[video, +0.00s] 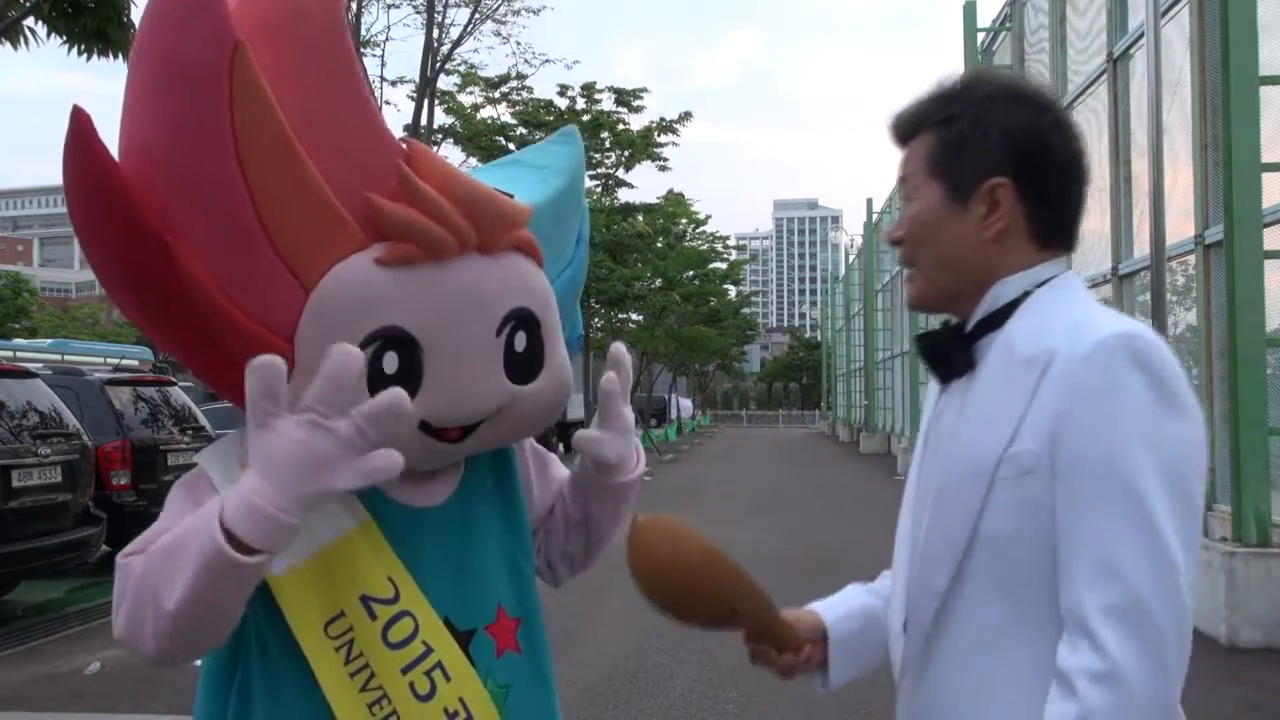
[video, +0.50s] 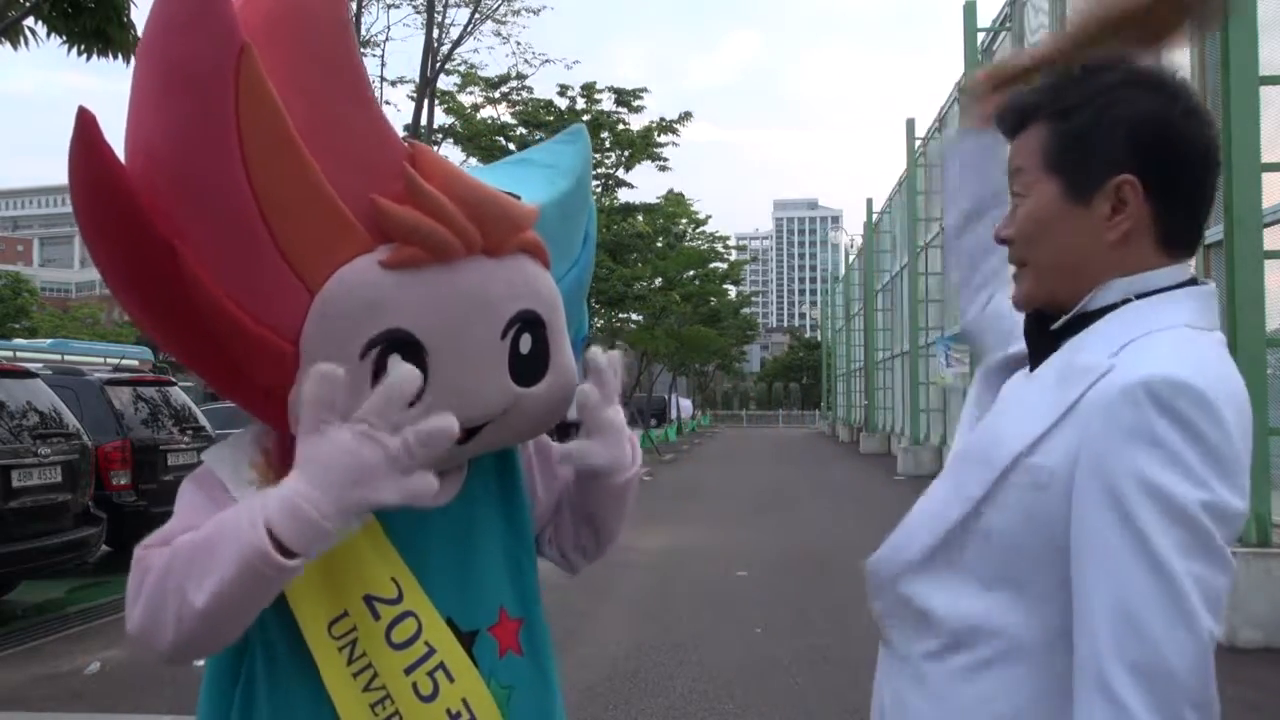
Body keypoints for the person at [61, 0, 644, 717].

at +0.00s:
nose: (460, 394)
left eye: (509, 343)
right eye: (395, 353)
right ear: (291, 353)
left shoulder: (505, 463)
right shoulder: (243, 480)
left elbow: (558, 554)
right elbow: (151, 628)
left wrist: (604, 479)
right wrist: (261, 509)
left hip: (500, 706)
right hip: (302, 711)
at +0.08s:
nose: (454, 402)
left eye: (500, 353)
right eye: (395, 364)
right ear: (294, 357)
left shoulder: (503, 463)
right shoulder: (244, 480)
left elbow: (562, 553)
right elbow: (150, 631)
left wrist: (604, 476)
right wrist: (265, 509)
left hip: (503, 704)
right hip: (302, 709)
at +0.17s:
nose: (461, 410)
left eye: (514, 357)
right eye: (399, 368)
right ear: (293, 360)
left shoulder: (511, 465)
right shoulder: (251, 485)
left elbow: (569, 546)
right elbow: (156, 633)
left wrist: (607, 465)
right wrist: (261, 506)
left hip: (503, 704)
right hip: (305, 710)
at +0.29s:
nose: (455, 398)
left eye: (504, 348)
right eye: (397, 355)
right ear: (294, 354)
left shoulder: (507, 458)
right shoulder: (245, 477)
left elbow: (569, 547)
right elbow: (163, 628)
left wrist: (608, 459)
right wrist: (277, 503)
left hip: (502, 705)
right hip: (305, 711)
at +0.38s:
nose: (448, 394)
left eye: (487, 345)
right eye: (396, 353)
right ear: (297, 356)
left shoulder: (503, 456)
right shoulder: (247, 475)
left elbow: (570, 550)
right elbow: (163, 626)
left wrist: (606, 473)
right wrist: (291, 508)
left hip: (502, 703)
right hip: (300, 710)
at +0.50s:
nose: (425, 377)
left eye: (451, 338)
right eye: (385, 347)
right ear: (292, 351)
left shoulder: (497, 455)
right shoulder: (246, 470)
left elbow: (574, 544)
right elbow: (161, 619)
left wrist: (605, 464)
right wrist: (310, 503)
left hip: (498, 705)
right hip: (293, 715)